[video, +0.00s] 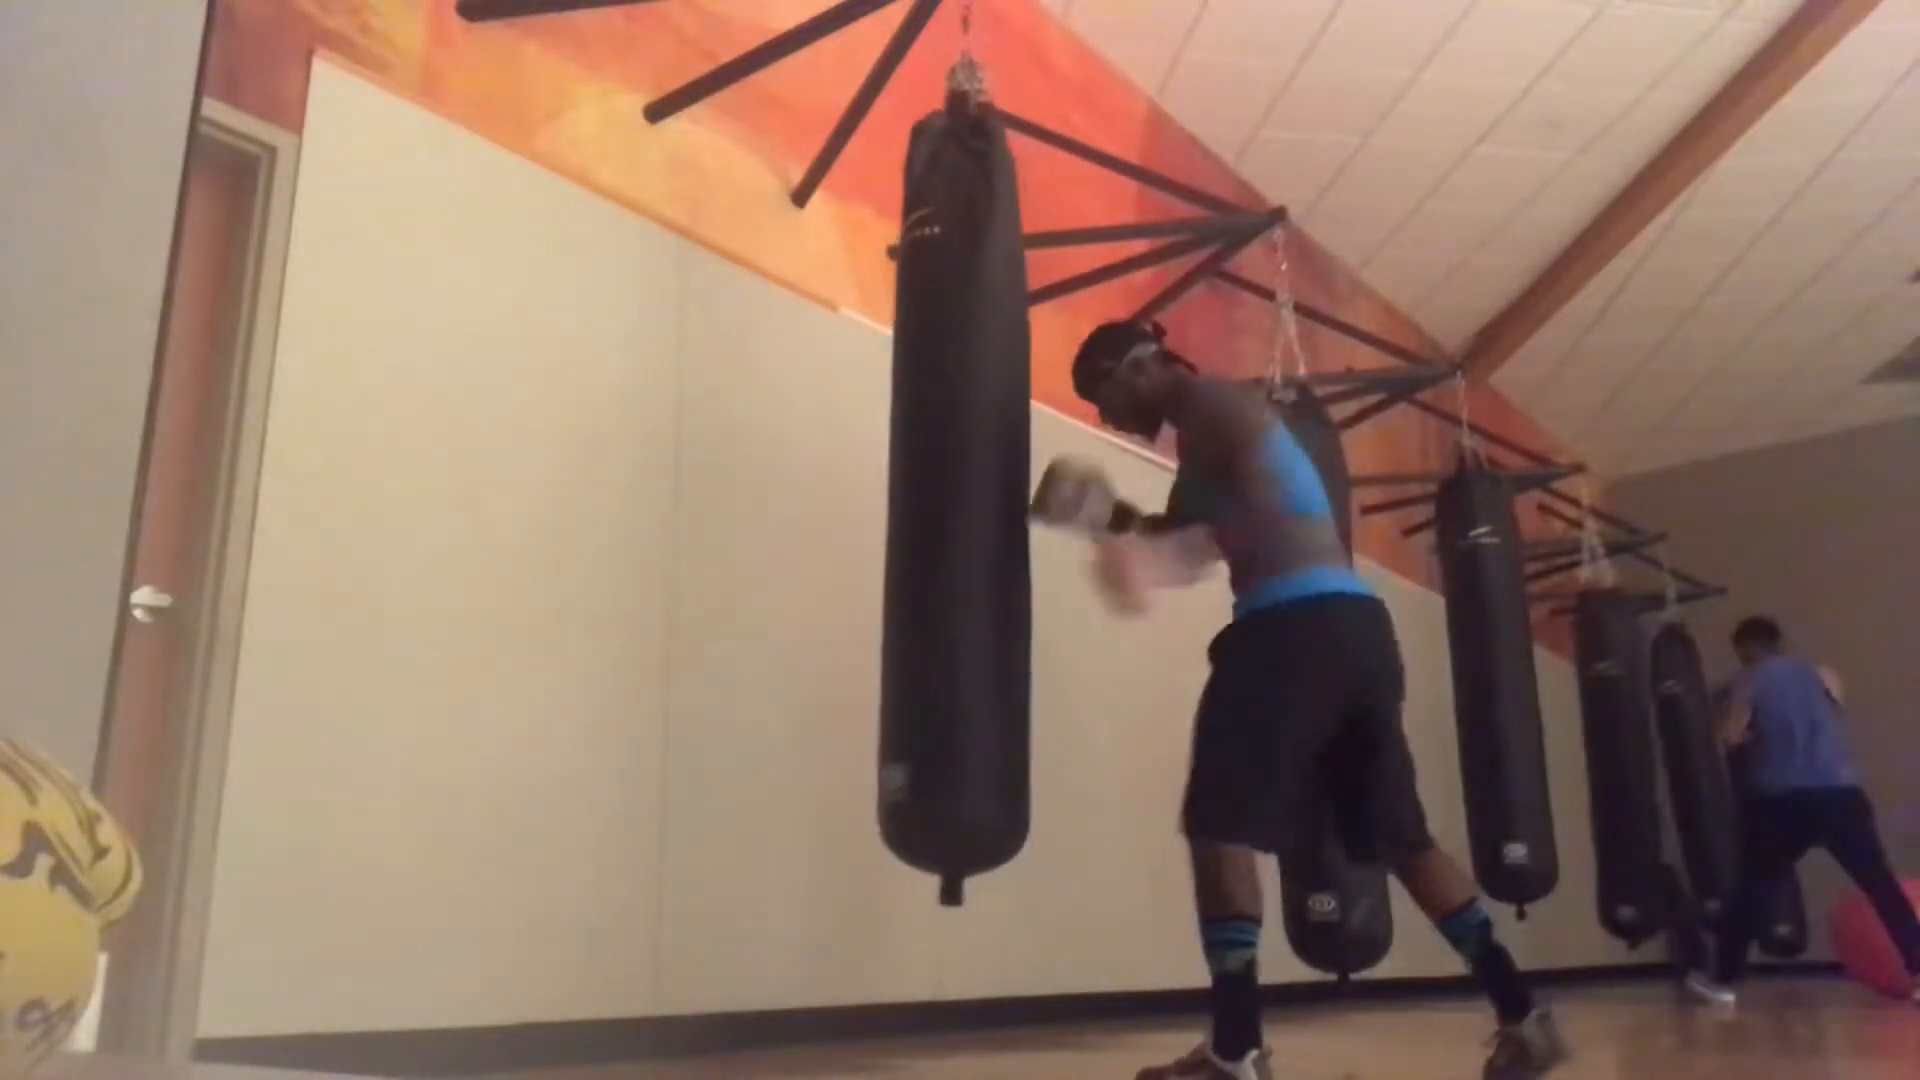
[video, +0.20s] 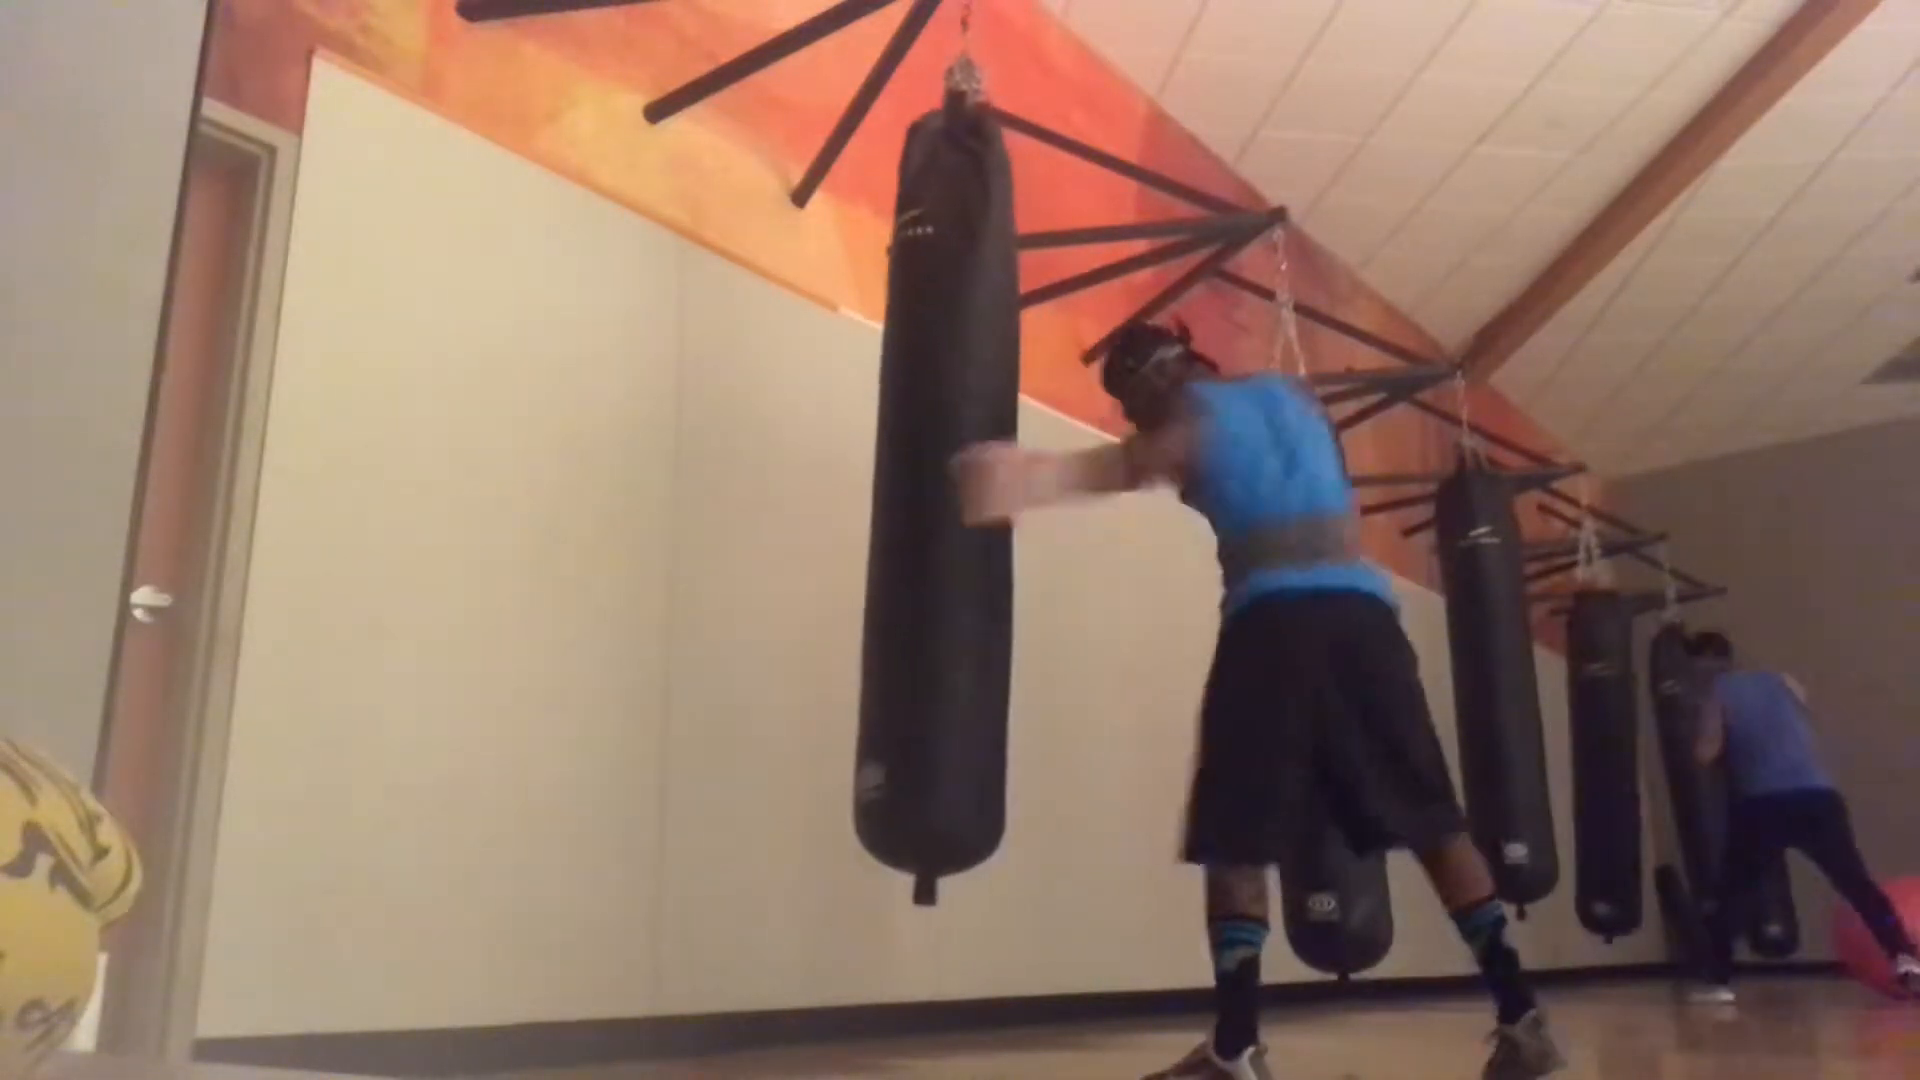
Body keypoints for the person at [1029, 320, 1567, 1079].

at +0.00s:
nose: (1112, 418)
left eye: (1108, 396)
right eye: (1102, 406)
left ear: (1146, 359)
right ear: (1153, 360)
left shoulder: (1210, 406)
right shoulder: (1242, 414)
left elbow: (1202, 531)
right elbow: (1199, 542)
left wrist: (1115, 520)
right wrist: (1120, 537)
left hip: (1281, 642)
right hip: (1358, 634)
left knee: (1219, 830)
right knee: (1402, 836)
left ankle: (1235, 1048)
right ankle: (1522, 1015)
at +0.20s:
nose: (1136, 423)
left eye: (1134, 406)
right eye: (1131, 409)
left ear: (1150, 383)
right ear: (1195, 362)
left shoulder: (1188, 420)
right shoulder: (1295, 399)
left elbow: (1108, 466)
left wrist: (1019, 475)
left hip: (1270, 639)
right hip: (1366, 632)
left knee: (1236, 842)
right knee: (1434, 820)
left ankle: (1234, 1047)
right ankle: (1524, 1020)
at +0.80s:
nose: (1183, 397)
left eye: (1182, 382)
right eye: (1178, 386)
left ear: (1207, 353)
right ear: (1245, 341)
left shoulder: (1231, 376)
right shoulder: (1334, 407)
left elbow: (1119, 439)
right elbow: (1319, 509)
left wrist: (1019, 456)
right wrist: (1226, 503)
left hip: (1293, 626)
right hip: (1382, 625)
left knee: (1236, 827)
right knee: (1419, 831)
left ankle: (1262, 1043)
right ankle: (1513, 1032)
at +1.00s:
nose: (1166, 400)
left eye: (1161, 380)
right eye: (1157, 390)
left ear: (1190, 336)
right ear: (1208, 332)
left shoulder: (1256, 367)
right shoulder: (1280, 407)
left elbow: (1188, 465)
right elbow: (1218, 531)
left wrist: (1115, 457)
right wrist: (1122, 515)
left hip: (1299, 618)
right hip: (1362, 616)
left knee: (1262, 827)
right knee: (1398, 826)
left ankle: (1266, 1046)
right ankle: (1521, 1012)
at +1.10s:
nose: (1165, 395)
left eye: (1160, 376)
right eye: (1157, 385)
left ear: (1191, 338)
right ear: (1206, 335)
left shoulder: (1265, 369)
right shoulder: (1248, 411)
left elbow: (1257, 482)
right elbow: (1164, 495)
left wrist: (1183, 471)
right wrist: (1062, 509)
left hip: (1303, 618)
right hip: (1358, 616)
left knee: (1268, 828)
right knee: (1400, 813)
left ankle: (1268, 1048)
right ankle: (1532, 1006)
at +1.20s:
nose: (1187, 398)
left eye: (1179, 377)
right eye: (1177, 391)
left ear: (1207, 333)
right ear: (1229, 331)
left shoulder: (1273, 371)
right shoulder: (1283, 401)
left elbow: (1258, 485)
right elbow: (1213, 518)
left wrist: (1198, 475)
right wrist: (1120, 525)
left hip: (1313, 622)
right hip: (1362, 620)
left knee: (1269, 832)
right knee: (1406, 818)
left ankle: (1266, 1047)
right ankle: (1532, 1012)